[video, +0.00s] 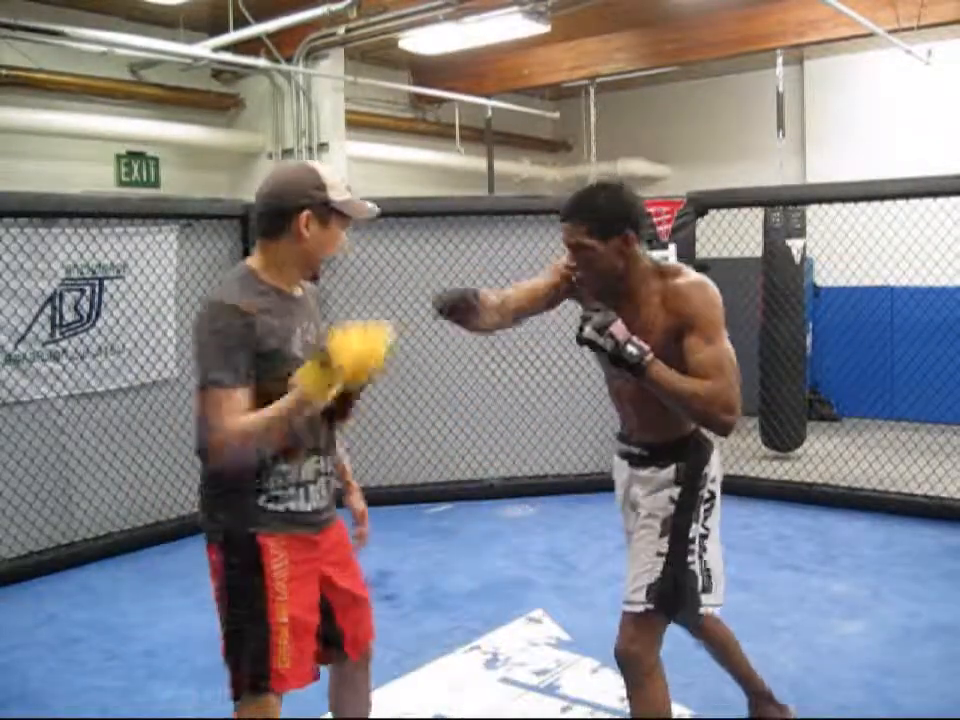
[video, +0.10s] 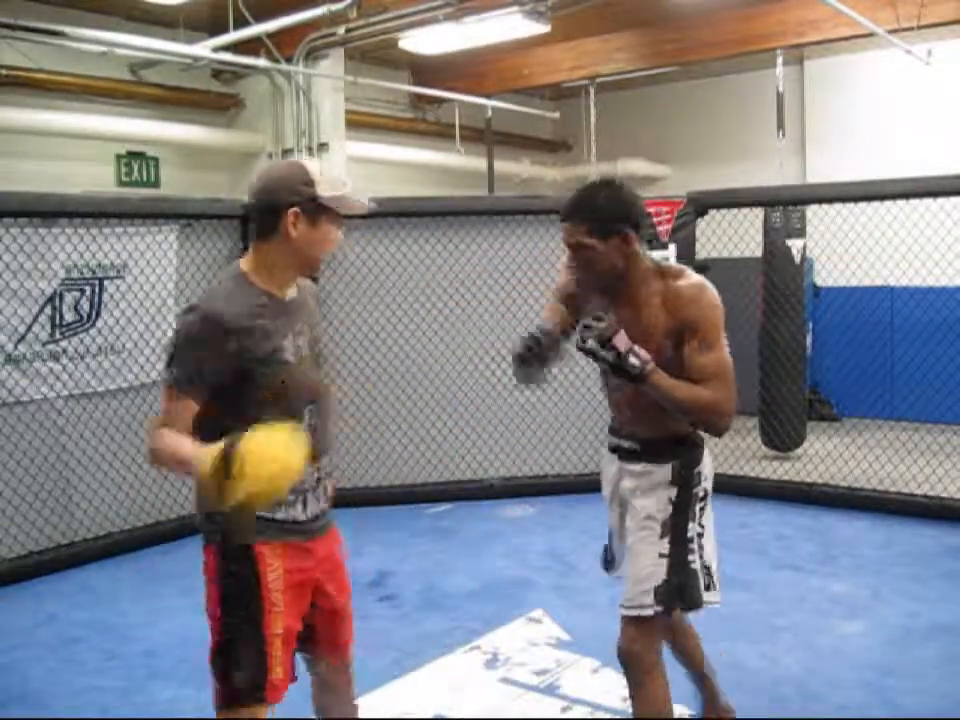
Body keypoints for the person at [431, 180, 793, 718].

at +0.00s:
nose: (569, 261)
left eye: (581, 249)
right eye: (568, 248)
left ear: (626, 244)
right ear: (616, 243)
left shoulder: (690, 295)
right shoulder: (581, 277)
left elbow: (723, 411)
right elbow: (509, 305)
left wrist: (638, 358)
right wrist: (472, 310)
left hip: (681, 472)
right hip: (633, 468)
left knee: (636, 651)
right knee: (687, 609)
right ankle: (765, 702)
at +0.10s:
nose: (571, 261)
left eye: (581, 248)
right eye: (569, 248)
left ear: (625, 241)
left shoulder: (690, 295)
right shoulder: (582, 282)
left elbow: (719, 413)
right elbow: (535, 363)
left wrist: (637, 365)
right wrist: (532, 354)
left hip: (674, 472)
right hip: (621, 463)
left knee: (637, 647)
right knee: (662, 610)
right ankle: (716, 703)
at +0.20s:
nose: (569, 266)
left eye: (577, 254)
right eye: (566, 253)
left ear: (620, 248)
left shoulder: (682, 298)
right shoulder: (584, 286)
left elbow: (714, 408)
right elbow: (590, 364)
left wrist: (637, 376)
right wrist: (568, 379)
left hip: (663, 473)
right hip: (614, 465)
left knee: (639, 645)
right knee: (640, 629)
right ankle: (668, 708)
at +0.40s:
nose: (549, 266)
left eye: (556, 254)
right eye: (546, 254)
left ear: (593, 246)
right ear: (588, 247)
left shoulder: (640, 291)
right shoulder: (601, 288)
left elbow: (631, 398)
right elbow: (611, 370)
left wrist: (570, 351)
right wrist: (568, 343)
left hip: (655, 468)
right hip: (620, 459)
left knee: (602, 631)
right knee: (649, 597)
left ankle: (616, 713)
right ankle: (676, 709)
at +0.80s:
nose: (495, 263)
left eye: (507, 253)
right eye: (494, 251)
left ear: (544, 250)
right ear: (533, 250)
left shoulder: (570, 293)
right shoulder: (542, 292)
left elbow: (596, 389)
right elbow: (564, 369)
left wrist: (518, 374)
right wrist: (513, 363)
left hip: (589, 467)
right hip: (562, 463)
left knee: (537, 635)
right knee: (578, 609)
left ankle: (556, 713)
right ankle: (654, 703)